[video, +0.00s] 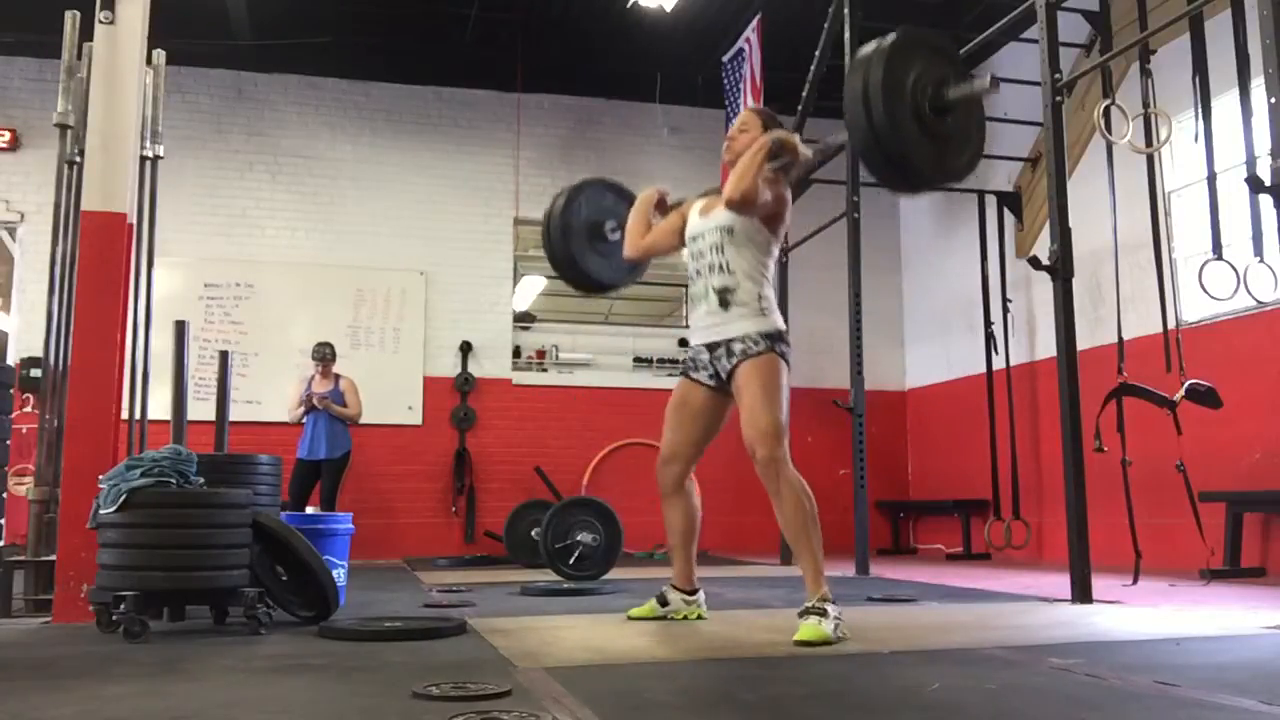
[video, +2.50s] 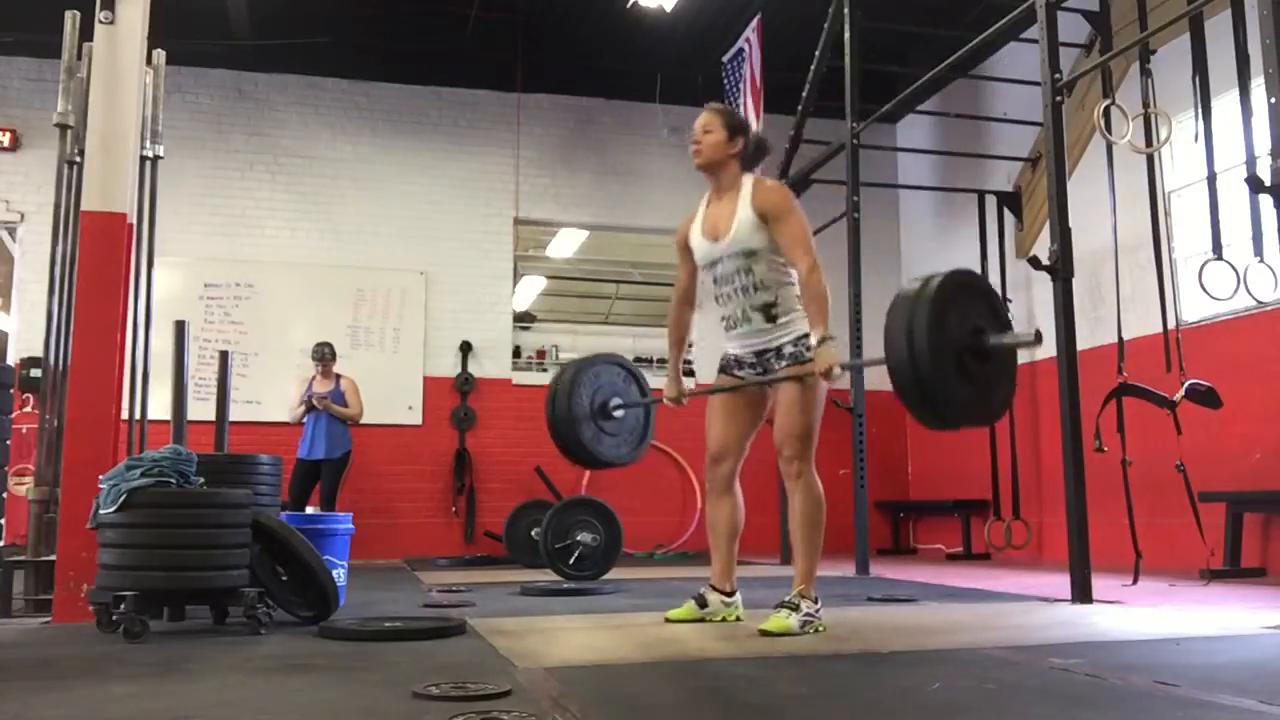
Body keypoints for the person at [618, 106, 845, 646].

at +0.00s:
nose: (731, 134)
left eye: (744, 127)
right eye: (730, 127)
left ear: (768, 146)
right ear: (726, 143)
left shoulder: (772, 196)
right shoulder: (696, 209)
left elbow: (737, 195)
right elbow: (635, 247)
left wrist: (773, 145)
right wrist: (646, 200)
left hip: (756, 342)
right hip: (705, 352)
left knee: (769, 458)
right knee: (671, 469)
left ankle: (820, 601)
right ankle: (684, 593)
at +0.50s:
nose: (729, 126)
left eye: (741, 119)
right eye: (729, 119)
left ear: (771, 139)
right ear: (729, 134)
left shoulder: (784, 192)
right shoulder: (705, 202)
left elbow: (745, 187)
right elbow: (642, 237)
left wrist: (782, 140)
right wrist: (660, 187)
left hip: (772, 335)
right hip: (721, 342)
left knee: (765, 458)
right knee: (700, 462)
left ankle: (800, 600)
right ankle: (685, 589)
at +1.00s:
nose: (724, 125)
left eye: (736, 118)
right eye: (724, 118)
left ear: (766, 135)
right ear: (725, 132)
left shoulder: (778, 184)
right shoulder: (697, 197)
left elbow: (743, 185)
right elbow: (632, 227)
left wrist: (779, 137)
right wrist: (655, 179)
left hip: (764, 336)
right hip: (711, 343)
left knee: (769, 462)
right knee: (705, 465)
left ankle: (800, 600)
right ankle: (716, 592)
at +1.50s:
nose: (728, 110)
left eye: (741, 104)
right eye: (730, 104)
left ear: (767, 125)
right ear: (732, 125)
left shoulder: (769, 173)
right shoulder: (699, 192)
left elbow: (781, 218)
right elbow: (653, 251)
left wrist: (789, 150)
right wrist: (645, 194)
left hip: (760, 323)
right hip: (708, 332)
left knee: (772, 450)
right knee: (701, 457)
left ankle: (798, 591)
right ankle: (708, 584)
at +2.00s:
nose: (752, 128)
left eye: (764, 123)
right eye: (750, 122)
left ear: (789, 139)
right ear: (746, 138)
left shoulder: (798, 175)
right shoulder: (726, 194)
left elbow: (855, 170)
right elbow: (677, 222)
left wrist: (830, 194)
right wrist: (663, 255)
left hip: (787, 333)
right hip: (735, 339)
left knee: (789, 459)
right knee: (719, 463)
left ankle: (804, 598)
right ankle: (722, 592)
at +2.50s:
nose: (693, 140)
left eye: (705, 133)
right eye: (693, 133)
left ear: (735, 143)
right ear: (697, 148)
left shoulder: (769, 196)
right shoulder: (692, 227)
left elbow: (809, 267)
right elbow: (684, 301)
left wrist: (821, 338)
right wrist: (674, 367)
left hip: (793, 347)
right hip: (739, 355)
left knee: (795, 464)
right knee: (719, 467)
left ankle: (804, 598)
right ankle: (722, 593)